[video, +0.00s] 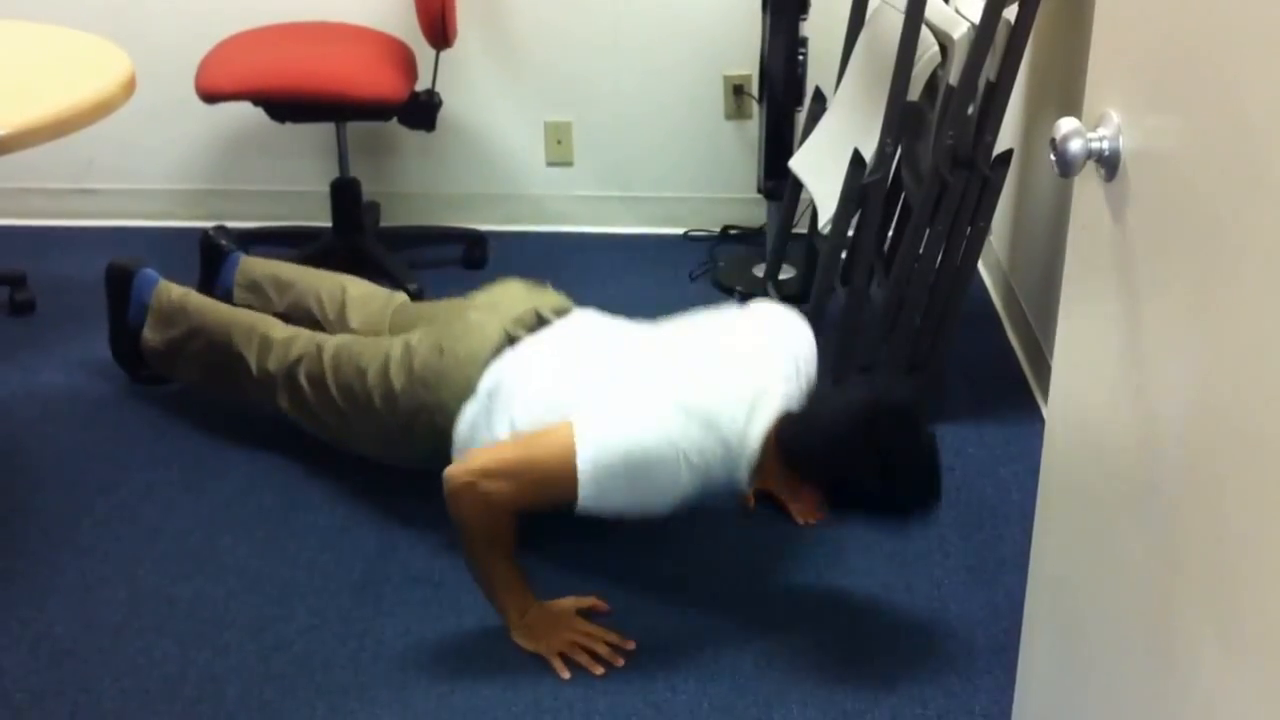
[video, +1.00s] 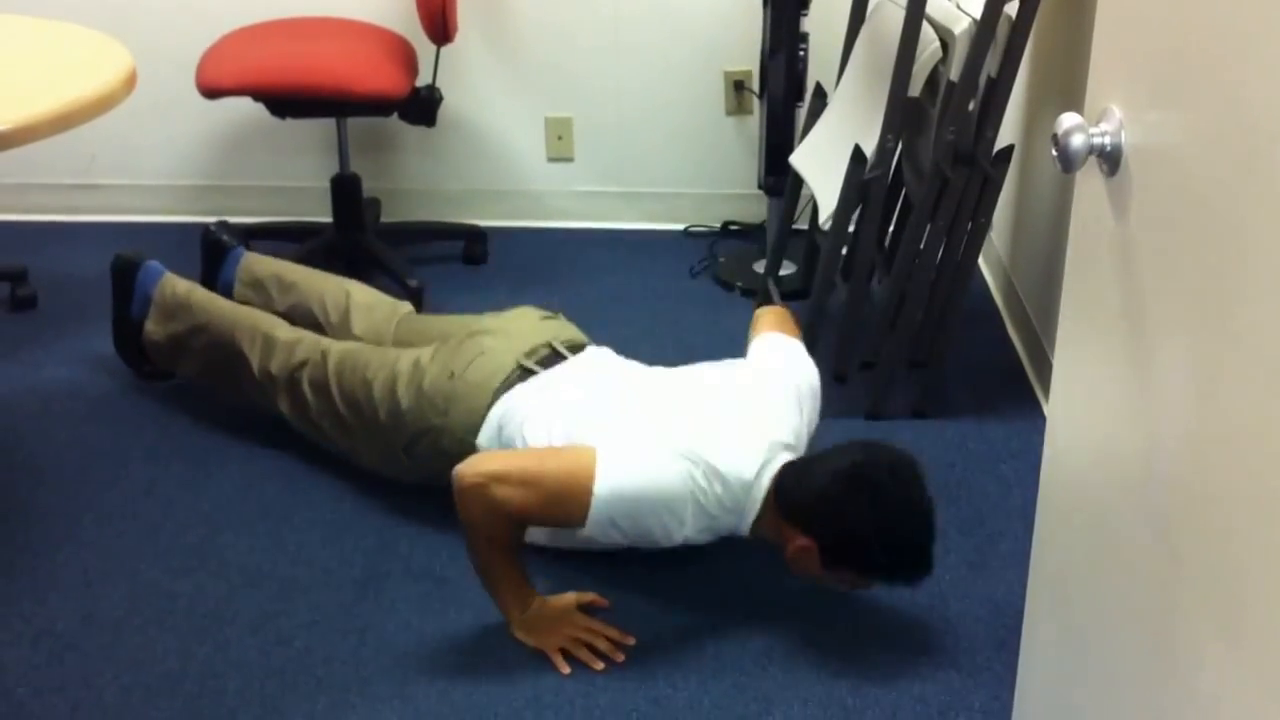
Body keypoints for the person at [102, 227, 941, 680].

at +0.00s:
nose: (825, 526)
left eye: (839, 518)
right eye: (833, 515)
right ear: (808, 487)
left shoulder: (787, 335)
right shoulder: (664, 454)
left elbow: (700, 327)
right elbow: (471, 487)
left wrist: (751, 458)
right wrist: (525, 615)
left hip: (535, 308)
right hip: (459, 390)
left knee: (390, 312)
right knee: (290, 365)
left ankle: (243, 268)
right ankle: (155, 315)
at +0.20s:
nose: (833, 577)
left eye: (845, 564)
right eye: (841, 568)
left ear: (853, 460)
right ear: (817, 552)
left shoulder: (794, 392)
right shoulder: (683, 490)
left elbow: (773, 316)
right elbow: (480, 488)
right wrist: (523, 613)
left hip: (547, 336)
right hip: (474, 406)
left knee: (395, 326)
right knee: (296, 373)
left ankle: (244, 267)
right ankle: (156, 311)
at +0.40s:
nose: (814, 427)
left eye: (825, 418)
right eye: (823, 419)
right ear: (801, 388)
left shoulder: (777, 285)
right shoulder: (656, 375)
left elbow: (761, 371)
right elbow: (479, 478)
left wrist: (756, 456)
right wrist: (525, 610)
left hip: (524, 272)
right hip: (464, 346)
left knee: (374, 290)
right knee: (290, 354)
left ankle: (237, 256)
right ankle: (154, 309)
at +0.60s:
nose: (825, 346)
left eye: (841, 337)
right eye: (828, 331)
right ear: (784, 298)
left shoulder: (766, 218)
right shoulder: (626, 306)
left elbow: (759, 335)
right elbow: (512, 448)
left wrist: (763, 456)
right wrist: (523, 603)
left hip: (509, 228)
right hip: (451, 303)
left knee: (372, 271)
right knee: (287, 332)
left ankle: (238, 256)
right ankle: (155, 316)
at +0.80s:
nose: (825, 478)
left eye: (838, 475)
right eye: (834, 468)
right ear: (805, 433)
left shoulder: (781, 301)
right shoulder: (666, 411)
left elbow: (745, 371)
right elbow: (472, 475)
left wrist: (759, 450)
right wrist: (525, 611)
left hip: (531, 288)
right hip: (464, 369)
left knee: (377, 297)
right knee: (293, 354)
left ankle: (241, 258)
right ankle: (157, 310)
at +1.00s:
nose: (834, 580)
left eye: (849, 569)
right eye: (842, 570)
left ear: (850, 463)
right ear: (810, 545)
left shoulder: (794, 392)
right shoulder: (680, 492)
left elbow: (777, 316)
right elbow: (479, 487)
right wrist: (524, 608)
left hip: (551, 340)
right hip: (474, 405)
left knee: (396, 322)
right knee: (299, 369)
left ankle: (247, 265)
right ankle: (161, 310)